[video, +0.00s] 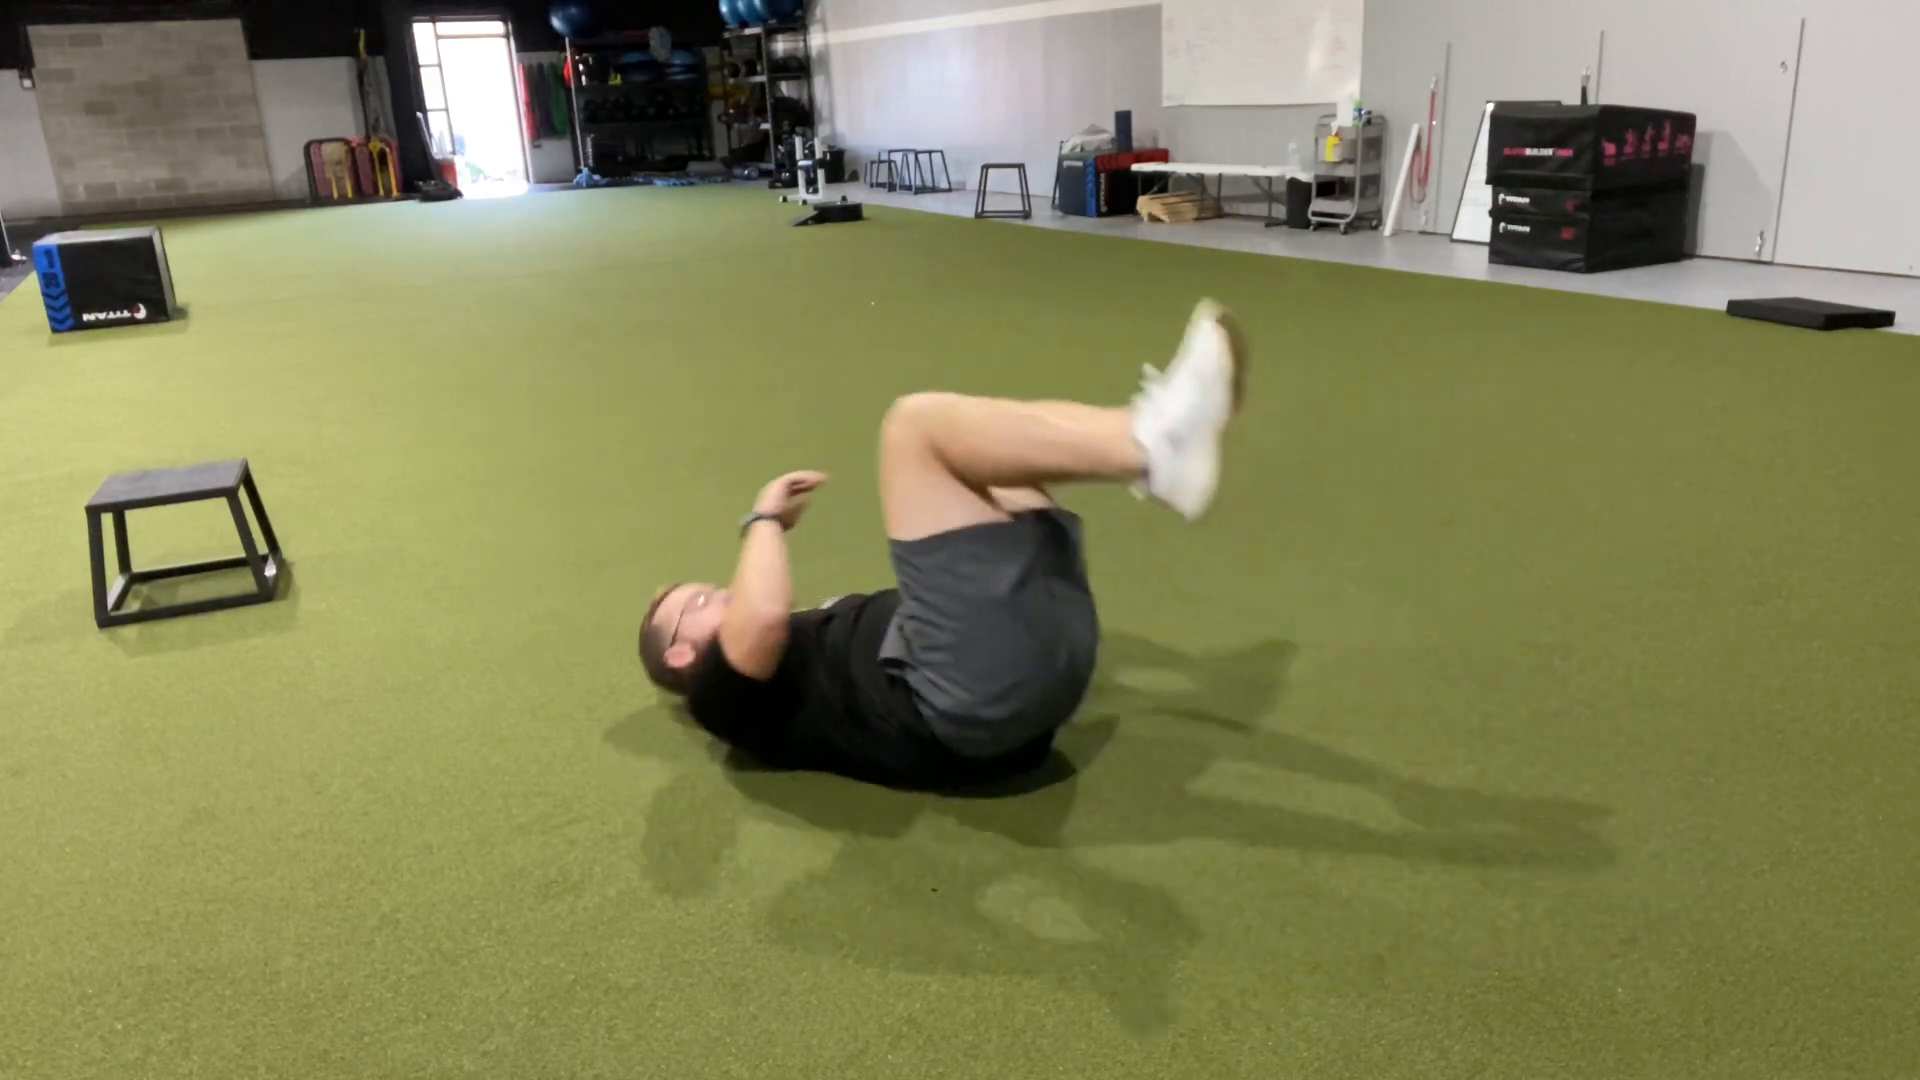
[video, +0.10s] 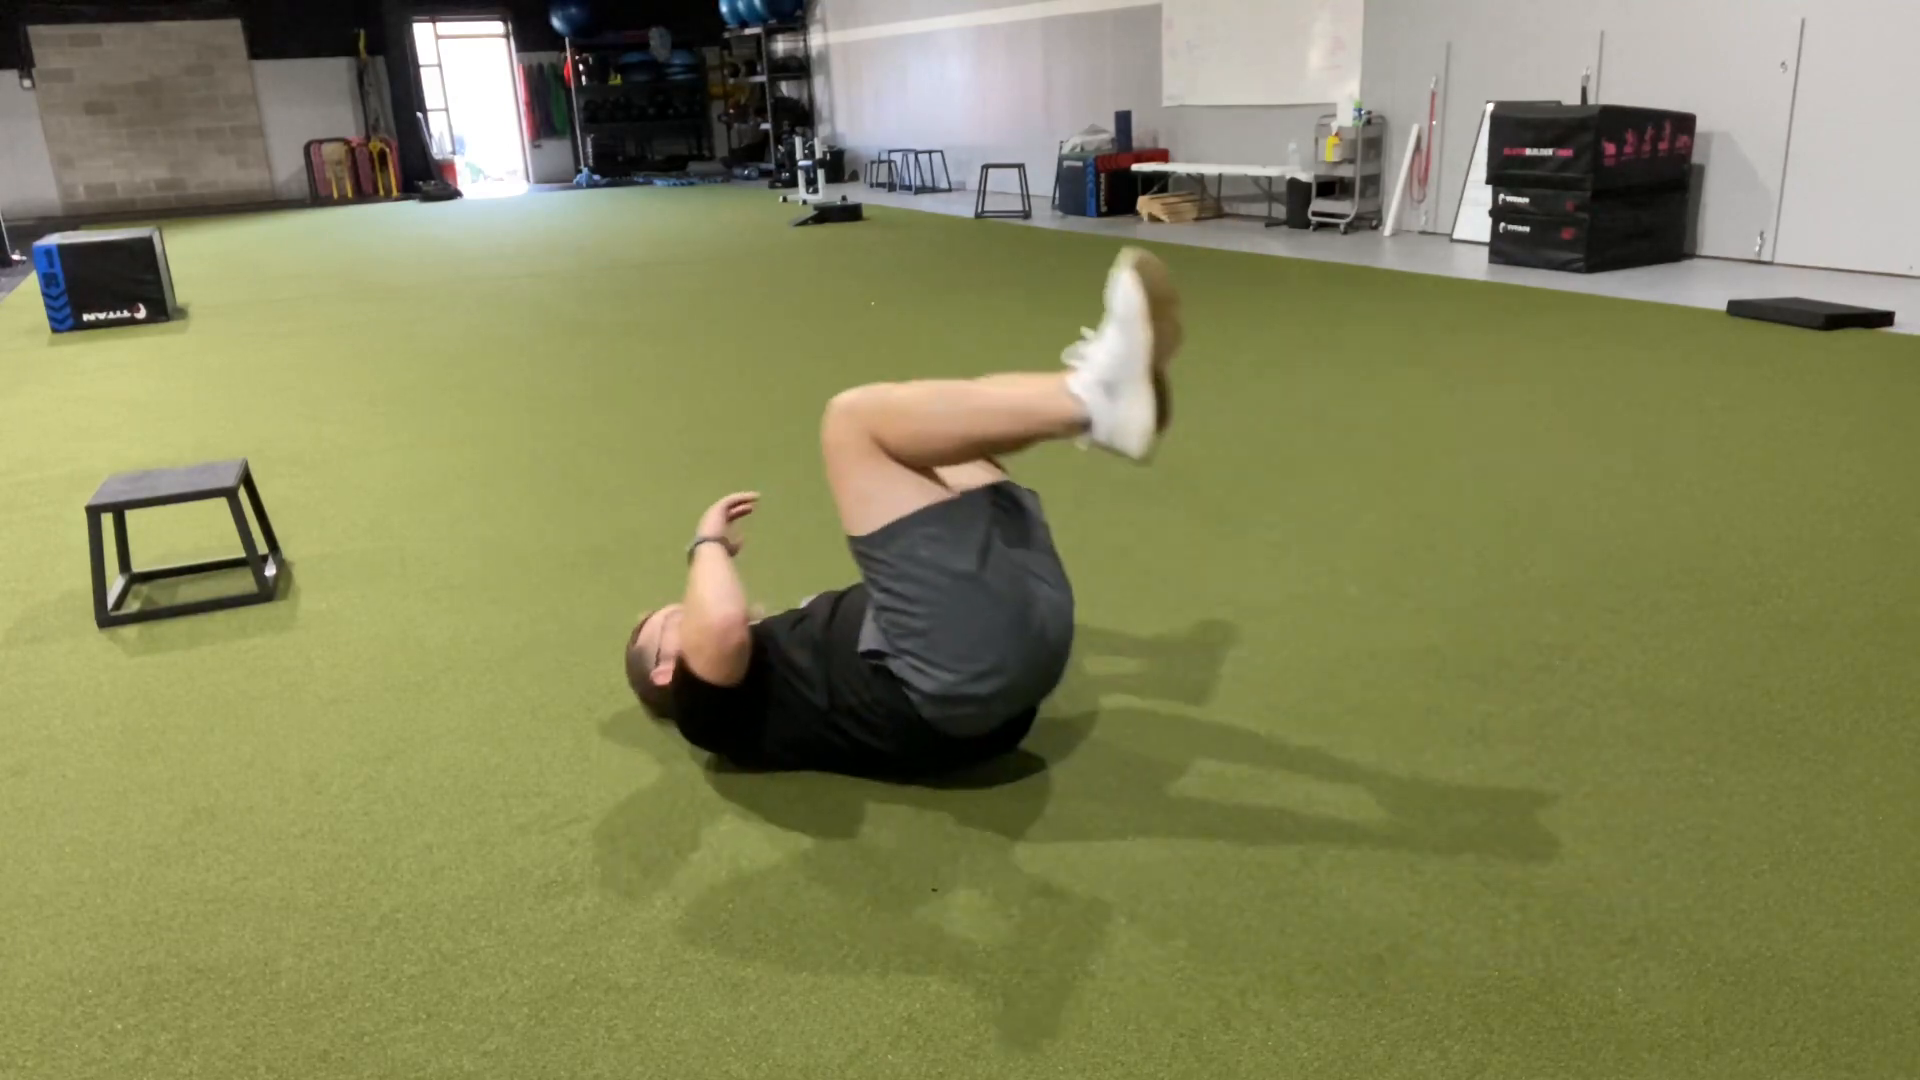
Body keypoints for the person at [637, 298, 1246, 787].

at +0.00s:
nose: (706, 596)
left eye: (702, 590)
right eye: (683, 610)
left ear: (726, 595)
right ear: (681, 660)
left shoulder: (792, 653)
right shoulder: (719, 690)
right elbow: (763, 624)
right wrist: (766, 518)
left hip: (1032, 675)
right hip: (967, 691)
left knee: (989, 453)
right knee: (914, 427)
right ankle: (1149, 449)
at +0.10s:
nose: (676, 617)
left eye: (670, 612)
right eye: (661, 629)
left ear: (695, 620)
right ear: (665, 680)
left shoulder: (788, 665)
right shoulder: (709, 707)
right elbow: (724, 631)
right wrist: (709, 538)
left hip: (1023, 648)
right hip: (950, 668)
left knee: (931, 432)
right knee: (852, 419)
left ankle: (1100, 382)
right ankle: (1088, 402)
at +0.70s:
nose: (696, 590)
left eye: (689, 584)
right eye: (671, 603)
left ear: (713, 596)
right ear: (661, 659)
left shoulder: (774, 631)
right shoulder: (699, 701)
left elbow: (905, 602)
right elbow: (745, 722)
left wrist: (877, 513)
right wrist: (771, 603)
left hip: (1002, 630)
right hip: (956, 689)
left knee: (966, 377)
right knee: (899, 464)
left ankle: (1175, 407)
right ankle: (1168, 479)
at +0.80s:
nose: (728, 566)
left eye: (721, 557)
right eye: (703, 573)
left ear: (741, 568)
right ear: (675, 626)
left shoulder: (820, 597)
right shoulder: (711, 683)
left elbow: (928, 589)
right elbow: (756, 736)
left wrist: (915, 506)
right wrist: (828, 634)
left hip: (1011, 653)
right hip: (967, 720)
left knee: (1022, 401)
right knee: (974, 518)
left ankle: (1244, 458)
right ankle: (1235, 540)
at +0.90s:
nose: (755, 533)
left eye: (750, 519)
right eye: (728, 538)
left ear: (770, 526)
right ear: (698, 587)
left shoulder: (852, 571)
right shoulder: (734, 659)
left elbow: (962, 561)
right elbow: (774, 733)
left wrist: (974, 506)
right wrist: (875, 683)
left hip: (1048, 656)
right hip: (996, 744)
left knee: (1089, 440)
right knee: (1048, 593)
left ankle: (1313, 530)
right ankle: (1304, 619)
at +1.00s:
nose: (796, 506)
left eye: (789, 488)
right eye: (767, 505)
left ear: (801, 489)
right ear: (725, 547)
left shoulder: (874, 548)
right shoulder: (756, 638)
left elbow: (983, 545)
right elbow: (792, 738)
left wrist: (1030, 504)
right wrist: (906, 731)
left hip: (1058, 635)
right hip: (1005, 742)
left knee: (1148, 475)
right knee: (1096, 661)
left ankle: (1366, 596)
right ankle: (1345, 695)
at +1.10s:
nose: (845, 463)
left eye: (841, 443)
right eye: (817, 458)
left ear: (846, 442)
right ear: (765, 496)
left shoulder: (912, 509)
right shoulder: (787, 611)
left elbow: (1027, 524)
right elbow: (801, 742)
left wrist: (1105, 504)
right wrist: (923, 787)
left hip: (1078, 639)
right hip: (1018, 733)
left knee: (1210, 506)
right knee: (1143, 726)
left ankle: (1411, 675)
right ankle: (1377, 778)